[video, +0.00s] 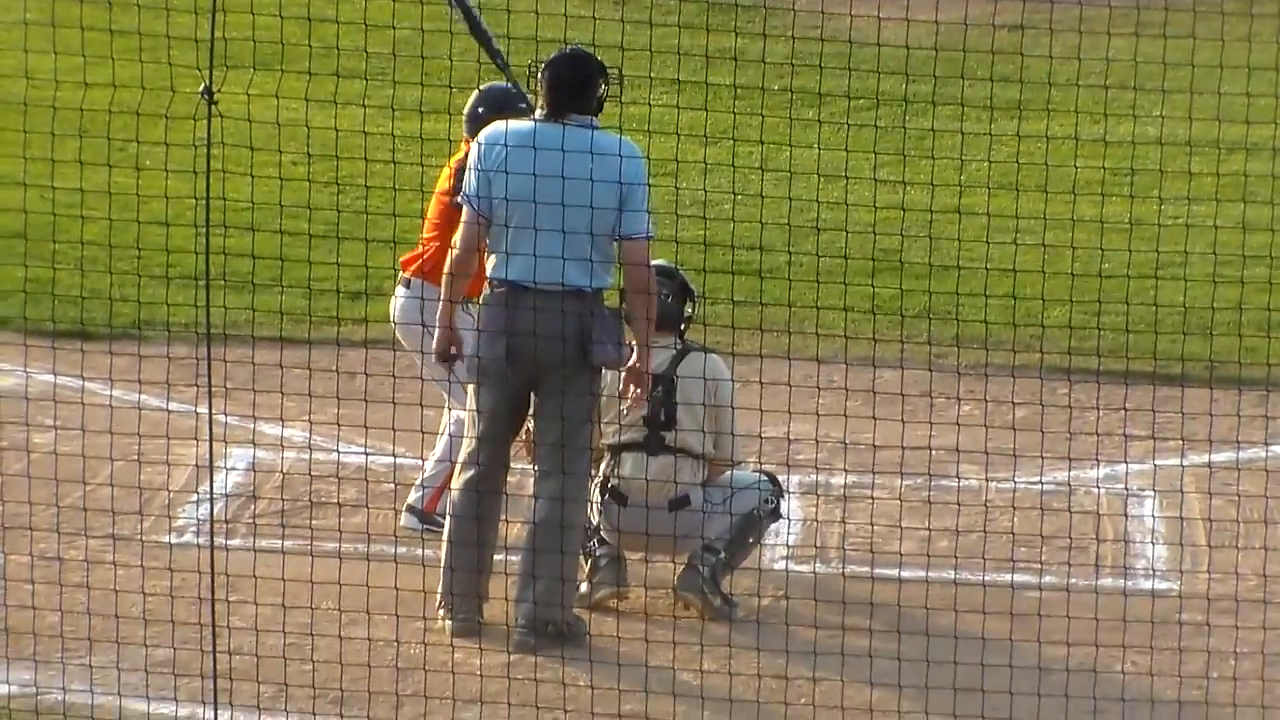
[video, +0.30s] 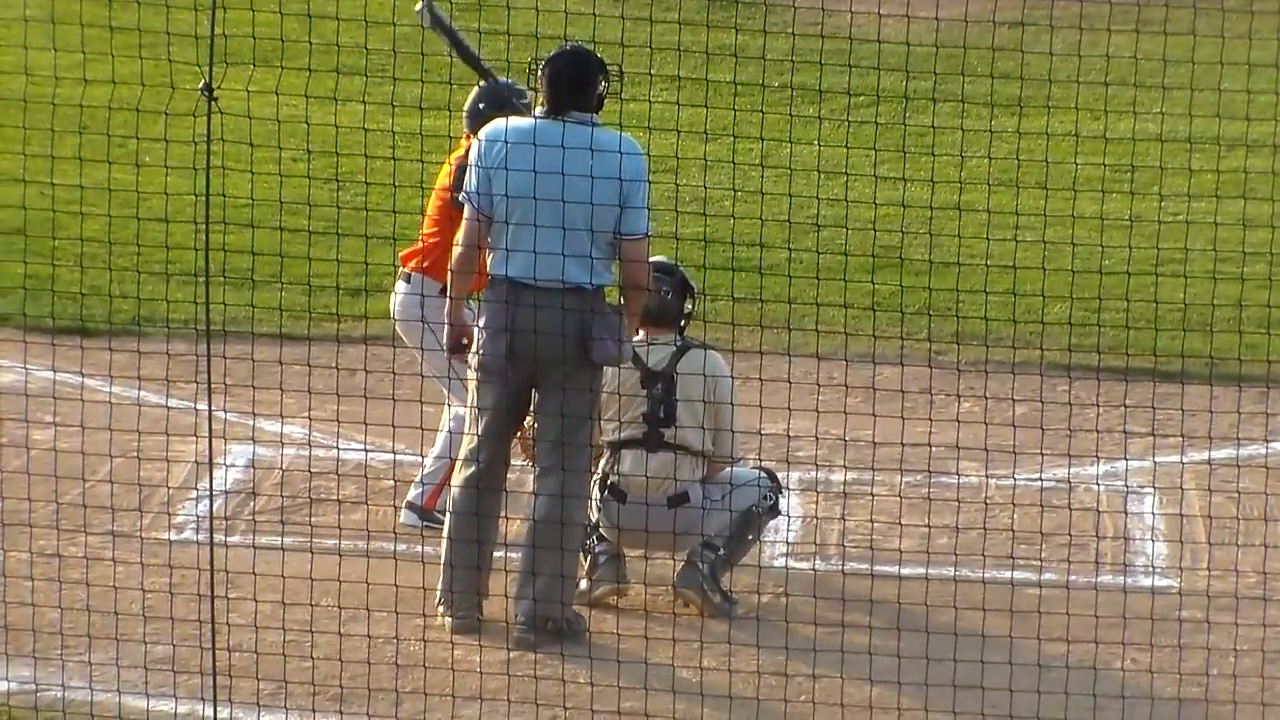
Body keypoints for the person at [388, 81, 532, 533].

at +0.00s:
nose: (523, 136)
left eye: (523, 127)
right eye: (518, 125)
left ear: (475, 124)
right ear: (498, 126)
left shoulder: (466, 163)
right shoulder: (476, 166)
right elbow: (472, 245)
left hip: (418, 300)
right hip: (433, 304)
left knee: (472, 401)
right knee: (480, 402)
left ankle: (431, 498)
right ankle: (428, 500)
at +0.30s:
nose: (524, 130)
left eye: (523, 122)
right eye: (519, 120)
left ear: (476, 118)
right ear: (501, 121)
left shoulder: (473, 157)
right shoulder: (476, 160)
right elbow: (473, 239)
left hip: (423, 296)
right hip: (429, 298)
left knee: (475, 396)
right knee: (480, 396)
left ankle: (432, 495)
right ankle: (428, 497)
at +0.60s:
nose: (524, 129)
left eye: (523, 122)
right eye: (519, 120)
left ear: (476, 117)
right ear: (502, 121)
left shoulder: (467, 154)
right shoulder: (478, 159)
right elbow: (477, 237)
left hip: (419, 294)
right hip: (434, 297)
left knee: (473, 394)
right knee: (480, 394)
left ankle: (431, 494)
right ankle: (427, 496)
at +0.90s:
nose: (525, 127)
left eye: (524, 119)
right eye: (520, 117)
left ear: (475, 115)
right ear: (501, 118)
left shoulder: (468, 152)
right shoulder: (477, 155)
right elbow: (472, 235)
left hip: (421, 292)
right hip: (432, 295)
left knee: (473, 392)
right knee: (479, 392)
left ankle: (431, 491)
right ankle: (427, 493)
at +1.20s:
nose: (524, 126)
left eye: (524, 117)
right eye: (519, 116)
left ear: (475, 113)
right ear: (499, 115)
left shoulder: (470, 150)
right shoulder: (475, 154)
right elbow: (469, 238)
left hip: (427, 290)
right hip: (428, 293)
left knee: (472, 391)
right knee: (476, 392)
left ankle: (432, 491)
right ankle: (426, 494)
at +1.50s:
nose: (524, 125)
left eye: (523, 116)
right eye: (519, 115)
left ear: (477, 114)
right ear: (501, 115)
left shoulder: (471, 151)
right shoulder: (475, 154)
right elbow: (464, 240)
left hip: (425, 290)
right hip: (428, 293)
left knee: (470, 391)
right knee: (474, 393)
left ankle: (433, 489)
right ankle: (427, 492)